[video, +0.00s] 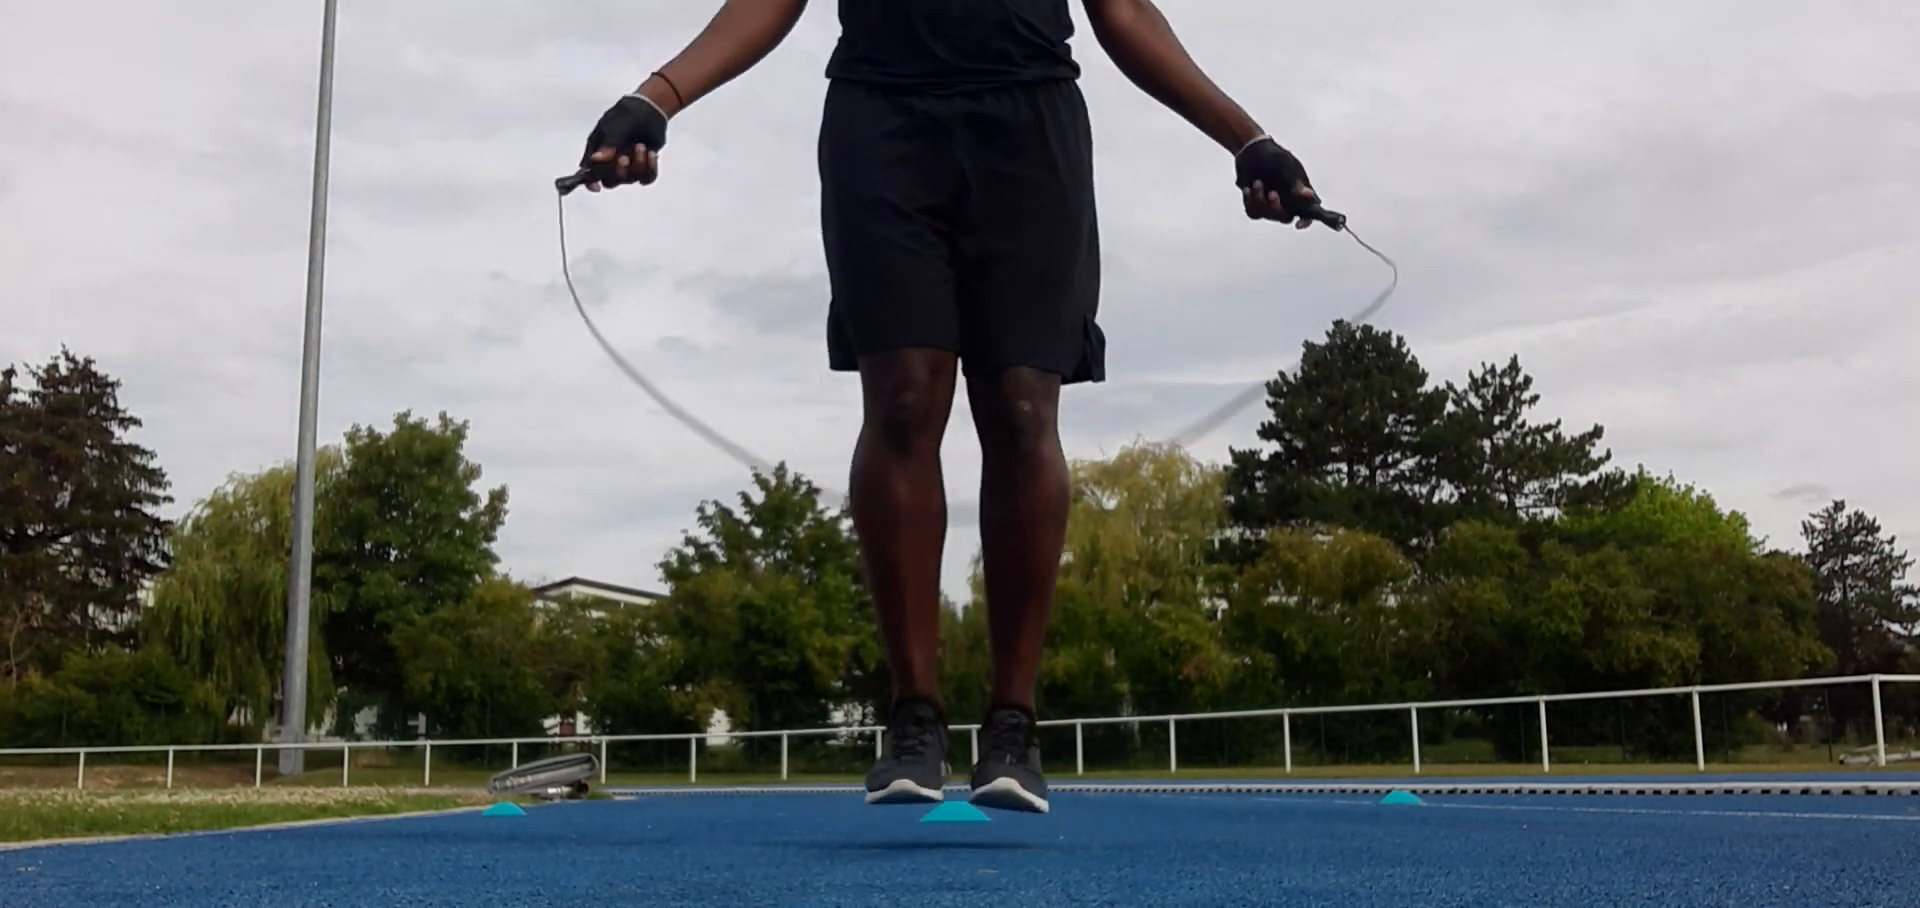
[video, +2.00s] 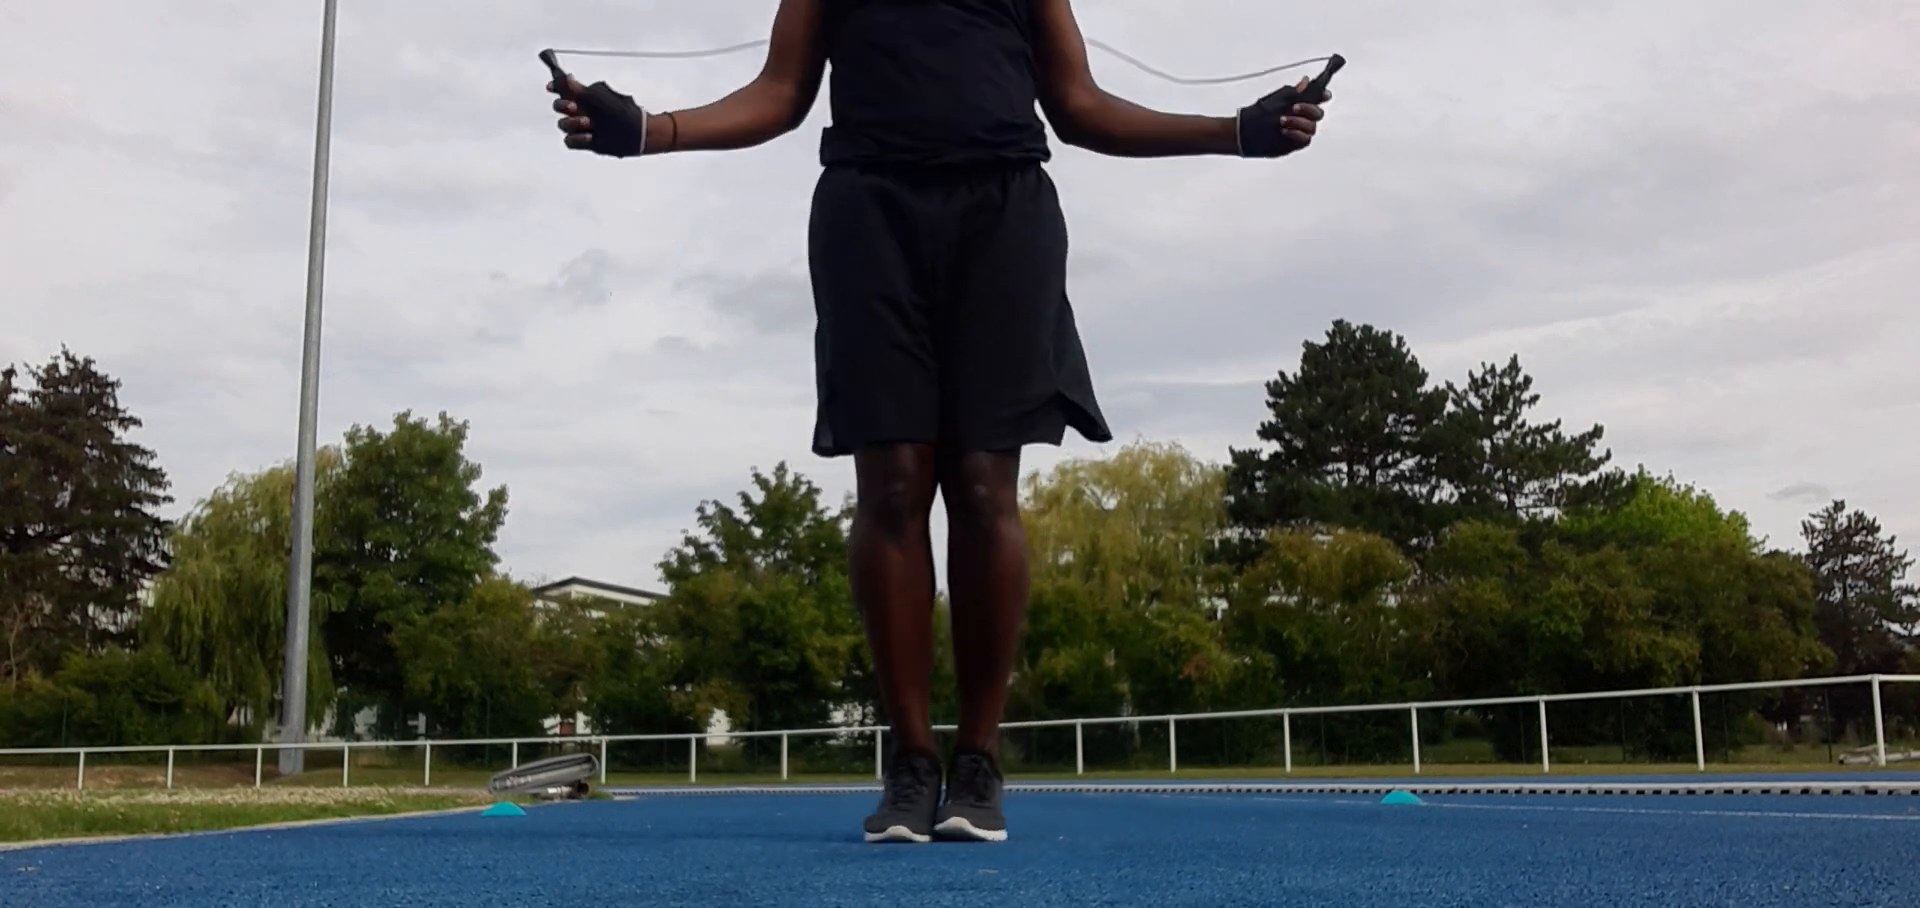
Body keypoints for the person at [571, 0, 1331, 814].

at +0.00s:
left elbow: (1125, 17)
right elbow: (774, 4)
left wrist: (1247, 138)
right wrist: (655, 96)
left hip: (1029, 108)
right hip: (880, 108)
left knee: (1020, 403)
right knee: (905, 395)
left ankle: (1011, 727)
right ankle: (912, 721)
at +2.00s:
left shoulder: (1030, 7)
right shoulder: (823, 7)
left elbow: (1082, 109)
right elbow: (778, 94)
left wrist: (1239, 129)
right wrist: (645, 128)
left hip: (1003, 205)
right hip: (869, 206)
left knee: (983, 484)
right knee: (893, 481)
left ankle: (977, 764)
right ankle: (910, 769)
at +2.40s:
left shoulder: (1026, 3)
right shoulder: (813, 1)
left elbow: (1083, 126)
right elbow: (764, 112)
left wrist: (1229, 136)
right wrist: (646, 137)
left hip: (998, 228)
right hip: (863, 229)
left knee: (982, 495)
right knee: (890, 493)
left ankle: (975, 773)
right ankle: (916, 775)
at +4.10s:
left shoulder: (1009, 0)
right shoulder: (808, 1)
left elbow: (1050, 111)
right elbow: (774, 105)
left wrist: (1196, 178)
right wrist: (653, 190)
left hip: (978, 204)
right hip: (847, 207)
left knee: (958, 465)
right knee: (873, 465)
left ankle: (964, 747)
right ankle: (894, 756)